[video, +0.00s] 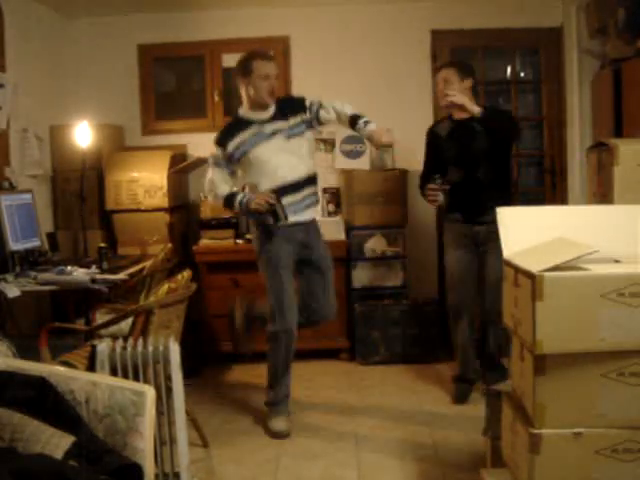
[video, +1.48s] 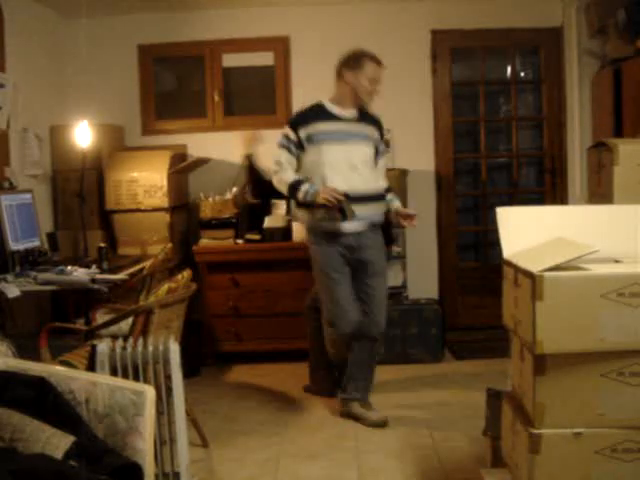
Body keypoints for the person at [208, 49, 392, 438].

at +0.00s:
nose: (272, 86)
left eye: (274, 79)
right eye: (264, 79)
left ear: (277, 80)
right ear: (243, 83)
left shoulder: (296, 109)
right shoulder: (231, 137)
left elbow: (335, 113)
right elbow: (217, 187)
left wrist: (368, 130)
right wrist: (245, 199)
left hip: (308, 226)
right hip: (274, 233)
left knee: (320, 310)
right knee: (285, 321)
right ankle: (278, 405)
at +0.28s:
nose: (273, 101)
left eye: (275, 93)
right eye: (264, 96)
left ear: (279, 92)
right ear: (244, 99)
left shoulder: (301, 121)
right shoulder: (231, 149)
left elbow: (346, 136)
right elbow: (213, 198)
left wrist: (345, 124)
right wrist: (239, 207)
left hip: (309, 218)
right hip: (267, 229)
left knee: (322, 267)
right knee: (269, 315)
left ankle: (305, 341)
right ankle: (277, 405)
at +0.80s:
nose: (294, 83)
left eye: (297, 75)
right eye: (286, 78)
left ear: (301, 75)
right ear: (267, 83)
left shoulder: (325, 105)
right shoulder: (262, 135)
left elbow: (361, 122)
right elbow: (246, 175)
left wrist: (379, 110)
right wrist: (252, 194)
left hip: (343, 193)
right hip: (298, 213)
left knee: (317, 201)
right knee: (310, 302)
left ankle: (298, 278)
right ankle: (313, 394)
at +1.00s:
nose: (314, 112)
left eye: (317, 104)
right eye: (305, 106)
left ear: (321, 100)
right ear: (287, 106)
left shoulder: (336, 122)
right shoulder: (277, 148)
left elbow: (370, 116)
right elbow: (257, 186)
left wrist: (413, 101)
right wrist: (267, 201)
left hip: (352, 212)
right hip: (312, 227)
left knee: (326, 220)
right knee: (326, 300)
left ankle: (318, 294)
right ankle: (348, 391)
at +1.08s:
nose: (320, 124)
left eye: (323, 117)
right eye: (312, 120)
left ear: (328, 110)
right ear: (295, 118)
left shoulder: (345, 133)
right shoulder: (283, 159)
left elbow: (378, 132)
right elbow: (266, 196)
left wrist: (410, 119)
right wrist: (271, 211)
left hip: (354, 222)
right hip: (312, 236)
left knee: (337, 255)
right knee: (322, 312)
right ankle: (345, 396)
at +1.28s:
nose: (344, 70)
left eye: (348, 64)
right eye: (337, 63)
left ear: (351, 64)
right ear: (315, 62)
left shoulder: (369, 106)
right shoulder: (292, 115)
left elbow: (399, 139)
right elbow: (277, 160)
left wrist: (402, 173)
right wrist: (295, 190)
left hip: (358, 216)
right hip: (314, 222)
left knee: (363, 306)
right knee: (326, 310)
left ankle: (367, 397)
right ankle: (343, 395)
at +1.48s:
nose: (376, 89)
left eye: (378, 82)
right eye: (371, 81)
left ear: (367, 81)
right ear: (346, 76)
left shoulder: (373, 126)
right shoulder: (305, 122)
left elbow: (378, 179)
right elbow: (281, 173)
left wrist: (394, 207)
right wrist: (311, 193)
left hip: (369, 234)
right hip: (327, 236)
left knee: (374, 323)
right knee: (347, 321)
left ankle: (354, 397)